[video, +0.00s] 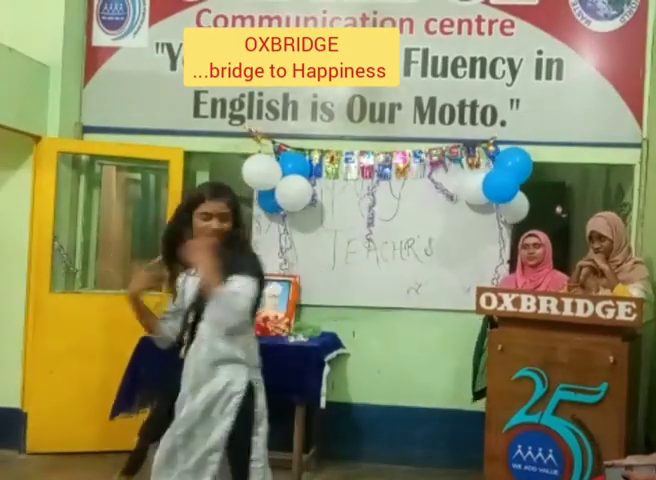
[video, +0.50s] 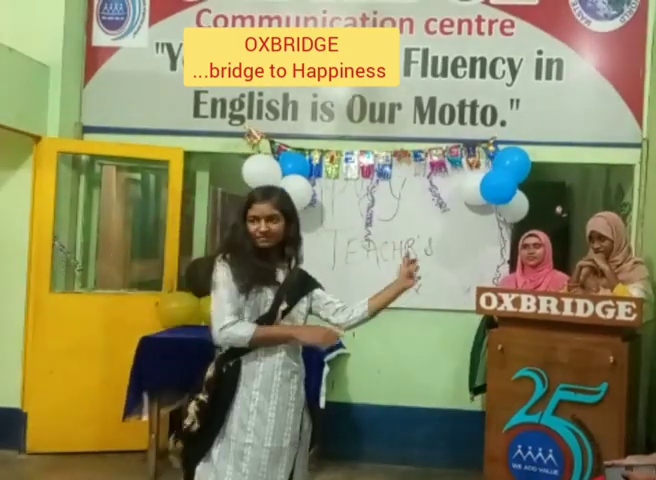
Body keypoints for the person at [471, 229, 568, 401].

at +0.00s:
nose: (531, 251)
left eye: (536, 246)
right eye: (525, 247)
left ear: (546, 250)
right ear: (519, 252)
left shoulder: (561, 281)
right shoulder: (507, 282)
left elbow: (565, 318)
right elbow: (496, 319)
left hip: (548, 349)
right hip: (512, 348)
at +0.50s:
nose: (531, 251)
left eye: (537, 246)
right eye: (525, 247)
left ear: (547, 251)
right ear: (519, 252)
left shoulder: (561, 281)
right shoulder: (507, 281)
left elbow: (567, 318)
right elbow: (495, 317)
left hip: (549, 349)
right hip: (512, 347)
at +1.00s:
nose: (531, 251)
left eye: (537, 246)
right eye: (526, 247)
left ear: (546, 251)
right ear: (520, 252)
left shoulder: (561, 281)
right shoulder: (507, 282)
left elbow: (566, 319)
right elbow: (496, 320)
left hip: (550, 352)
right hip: (513, 350)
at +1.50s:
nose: (530, 252)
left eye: (536, 246)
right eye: (525, 247)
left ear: (547, 250)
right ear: (519, 252)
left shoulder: (561, 281)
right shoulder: (508, 281)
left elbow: (566, 317)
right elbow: (496, 315)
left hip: (549, 347)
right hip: (512, 346)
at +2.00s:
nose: (531, 252)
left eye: (537, 247)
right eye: (526, 247)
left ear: (547, 251)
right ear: (520, 252)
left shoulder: (562, 281)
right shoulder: (508, 281)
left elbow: (565, 316)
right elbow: (498, 317)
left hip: (550, 347)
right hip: (514, 346)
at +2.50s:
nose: (535, 250)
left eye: (541, 245)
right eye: (530, 246)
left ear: (551, 249)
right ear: (523, 251)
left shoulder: (566, 280)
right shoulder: (511, 280)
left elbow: (570, 318)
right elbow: (500, 317)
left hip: (553, 349)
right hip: (516, 348)